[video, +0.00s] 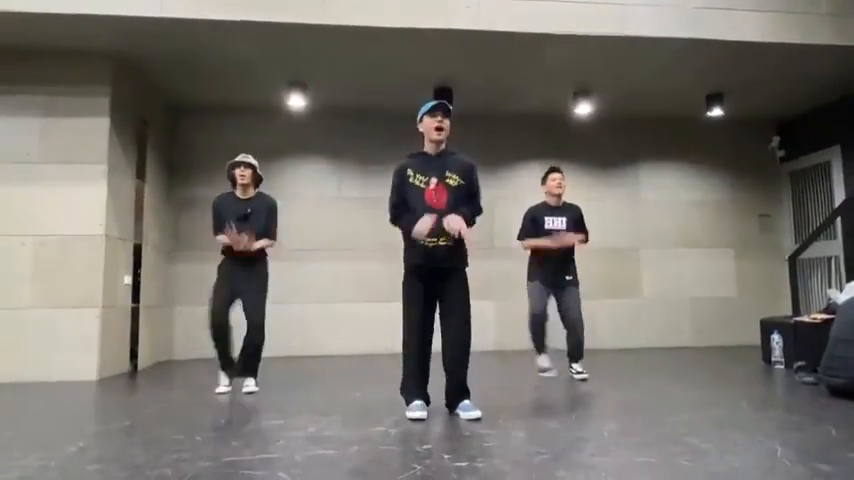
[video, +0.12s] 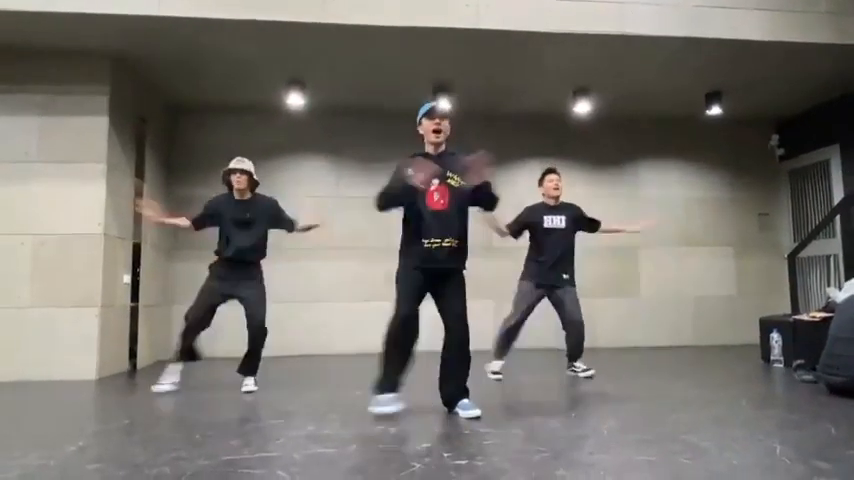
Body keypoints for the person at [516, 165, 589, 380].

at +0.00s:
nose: (558, 183)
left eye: (561, 180)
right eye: (553, 180)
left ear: (564, 186)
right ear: (544, 186)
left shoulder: (574, 211)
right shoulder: (534, 212)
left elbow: (583, 237)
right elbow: (525, 242)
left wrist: (568, 238)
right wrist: (551, 241)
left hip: (566, 273)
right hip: (539, 274)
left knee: (574, 319)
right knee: (537, 311)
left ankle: (575, 362)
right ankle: (541, 353)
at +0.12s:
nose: (556, 185)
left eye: (558, 182)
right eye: (551, 182)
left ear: (562, 186)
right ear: (541, 188)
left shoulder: (572, 212)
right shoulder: (532, 212)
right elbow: (509, 231)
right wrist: (494, 223)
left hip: (563, 279)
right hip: (534, 277)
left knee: (575, 321)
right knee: (517, 317)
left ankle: (574, 362)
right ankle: (497, 361)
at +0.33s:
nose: (559, 181)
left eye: (562, 178)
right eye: (555, 179)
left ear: (565, 184)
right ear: (545, 184)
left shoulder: (574, 207)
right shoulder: (535, 208)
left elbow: (590, 226)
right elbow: (513, 226)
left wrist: (610, 219)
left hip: (567, 276)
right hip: (539, 276)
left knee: (577, 321)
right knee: (524, 316)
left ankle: (576, 361)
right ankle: (505, 358)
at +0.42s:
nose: (563, 179)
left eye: (565, 176)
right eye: (558, 176)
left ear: (569, 180)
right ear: (549, 182)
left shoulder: (575, 206)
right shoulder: (539, 208)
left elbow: (577, 233)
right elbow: (526, 236)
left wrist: (588, 235)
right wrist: (542, 256)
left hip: (572, 269)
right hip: (547, 270)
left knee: (578, 315)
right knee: (546, 314)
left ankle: (576, 359)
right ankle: (541, 354)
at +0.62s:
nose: (565, 178)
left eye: (567, 174)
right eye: (560, 175)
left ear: (571, 179)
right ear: (551, 180)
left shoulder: (577, 205)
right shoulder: (541, 206)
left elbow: (584, 236)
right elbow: (540, 231)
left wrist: (588, 254)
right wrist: (563, 241)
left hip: (576, 265)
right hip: (552, 266)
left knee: (584, 308)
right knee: (571, 305)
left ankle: (576, 356)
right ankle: (560, 349)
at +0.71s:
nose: (563, 175)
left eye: (565, 171)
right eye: (558, 172)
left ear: (570, 176)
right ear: (549, 178)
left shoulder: (579, 202)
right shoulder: (542, 201)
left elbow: (586, 234)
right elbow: (543, 217)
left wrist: (587, 254)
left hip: (574, 262)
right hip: (550, 261)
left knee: (582, 307)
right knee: (567, 296)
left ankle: (576, 357)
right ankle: (559, 330)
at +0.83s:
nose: (563, 173)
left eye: (564, 170)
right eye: (558, 171)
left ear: (568, 174)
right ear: (550, 176)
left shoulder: (580, 201)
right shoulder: (541, 198)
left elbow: (585, 233)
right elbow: (546, 192)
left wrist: (583, 253)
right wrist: (546, 165)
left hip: (571, 258)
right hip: (548, 253)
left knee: (577, 310)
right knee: (549, 274)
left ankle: (574, 356)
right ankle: (550, 302)